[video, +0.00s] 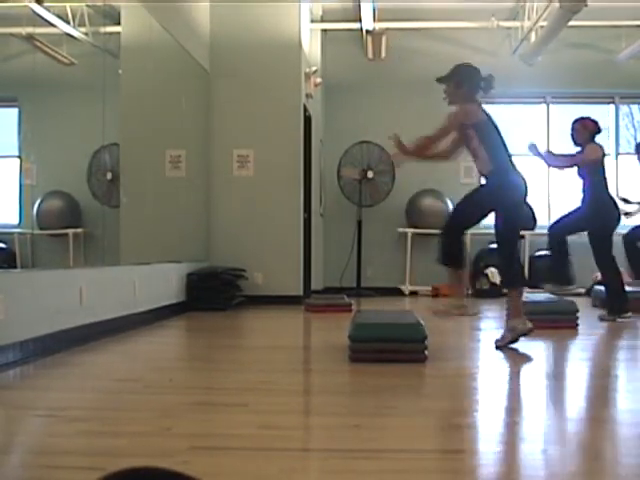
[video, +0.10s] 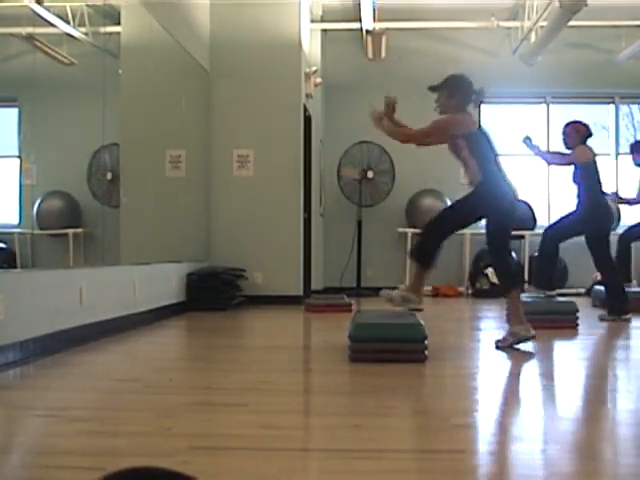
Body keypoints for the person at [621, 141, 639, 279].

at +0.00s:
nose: (637, 157)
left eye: (638, 154)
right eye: (637, 154)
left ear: (638, 153)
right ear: (636, 153)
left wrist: (634, 210)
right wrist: (635, 207)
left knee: (629, 238)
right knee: (629, 237)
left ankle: (637, 276)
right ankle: (636, 276)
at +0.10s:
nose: (633, 158)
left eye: (634, 154)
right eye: (632, 154)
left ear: (638, 154)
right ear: (634, 155)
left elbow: (636, 200)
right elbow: (636, 200)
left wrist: (621, 200)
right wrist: (622, 200)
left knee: (625, 238)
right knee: (624, 237)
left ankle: (623, 279)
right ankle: (624, 278)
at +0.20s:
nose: (626, 155)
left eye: (627, 151)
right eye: (625, 151)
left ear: (634, 151)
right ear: (633, 152)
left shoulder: (637, 172)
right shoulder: (635, 171)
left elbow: (633, 194)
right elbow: (632, 194)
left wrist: (616, 198)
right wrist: (618, 194)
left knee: (623, 238)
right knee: (622, 238)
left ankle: (622, 278)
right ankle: (622, 278)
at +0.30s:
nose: (619, 148)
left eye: (621, 144)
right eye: (620, 144)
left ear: (628, 146)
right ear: (633, 146)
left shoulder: (633, 167)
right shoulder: (634, 165)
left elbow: (621, 191)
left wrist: (612, 182)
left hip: (637, 211)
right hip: (636, 210)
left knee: (621, 238)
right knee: (622, 237)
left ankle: (621, 277)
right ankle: (622, 276)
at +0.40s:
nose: (617, 145)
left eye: (620, 141)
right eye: (618, 141)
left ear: (627, 142)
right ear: (631, 143)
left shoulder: (632, 162)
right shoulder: (632, 161)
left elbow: (619, 185)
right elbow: (620, 184)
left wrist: (614, 175)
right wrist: (616, 175)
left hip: (636, 209)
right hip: (635, 208)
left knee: (623, 235)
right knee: (628, 236)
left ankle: (621, 276)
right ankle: (621, 275)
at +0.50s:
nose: (617, 145)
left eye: (619, 142)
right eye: (618, 141)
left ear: (624, 142)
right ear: (630, 142)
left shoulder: (630, 162)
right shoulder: (632, 161)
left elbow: (618, 185)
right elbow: (620, 183)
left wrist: (614, 174)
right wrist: (618, 173)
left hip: (635, 209)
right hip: (634, 208)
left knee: (623, 237)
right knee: (626, 237)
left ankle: (621, 275)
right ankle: (634, 270)